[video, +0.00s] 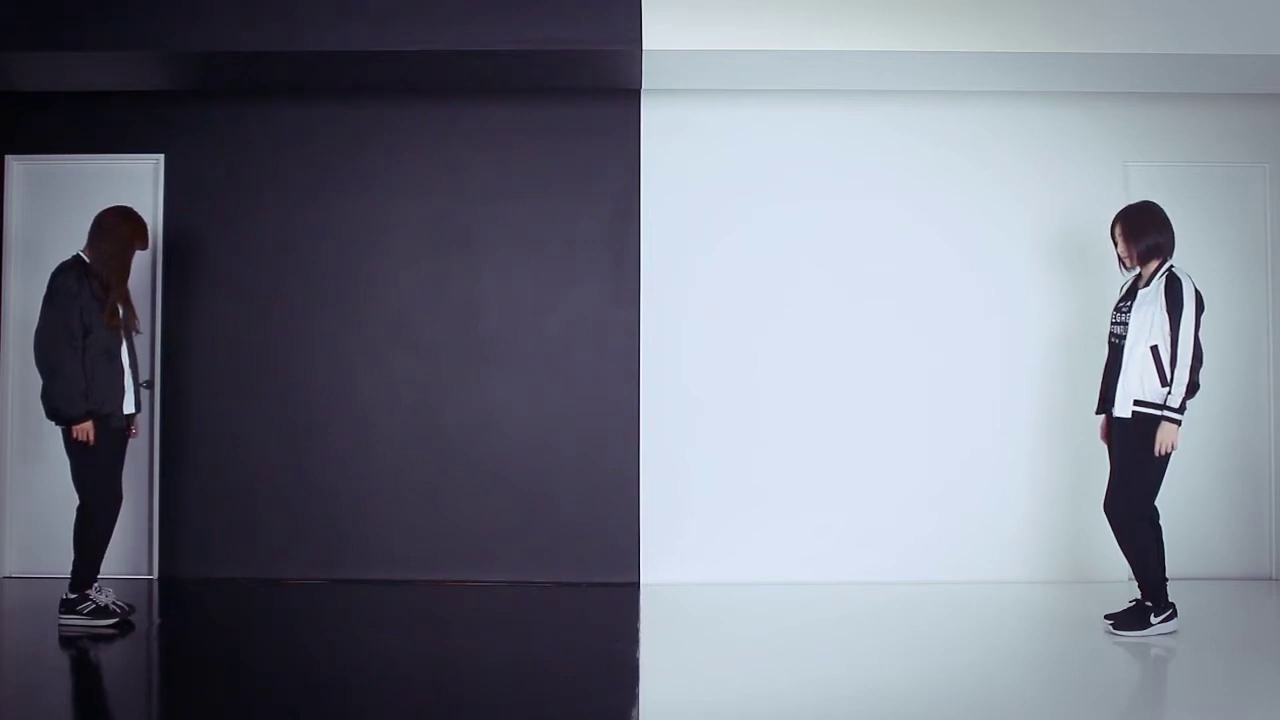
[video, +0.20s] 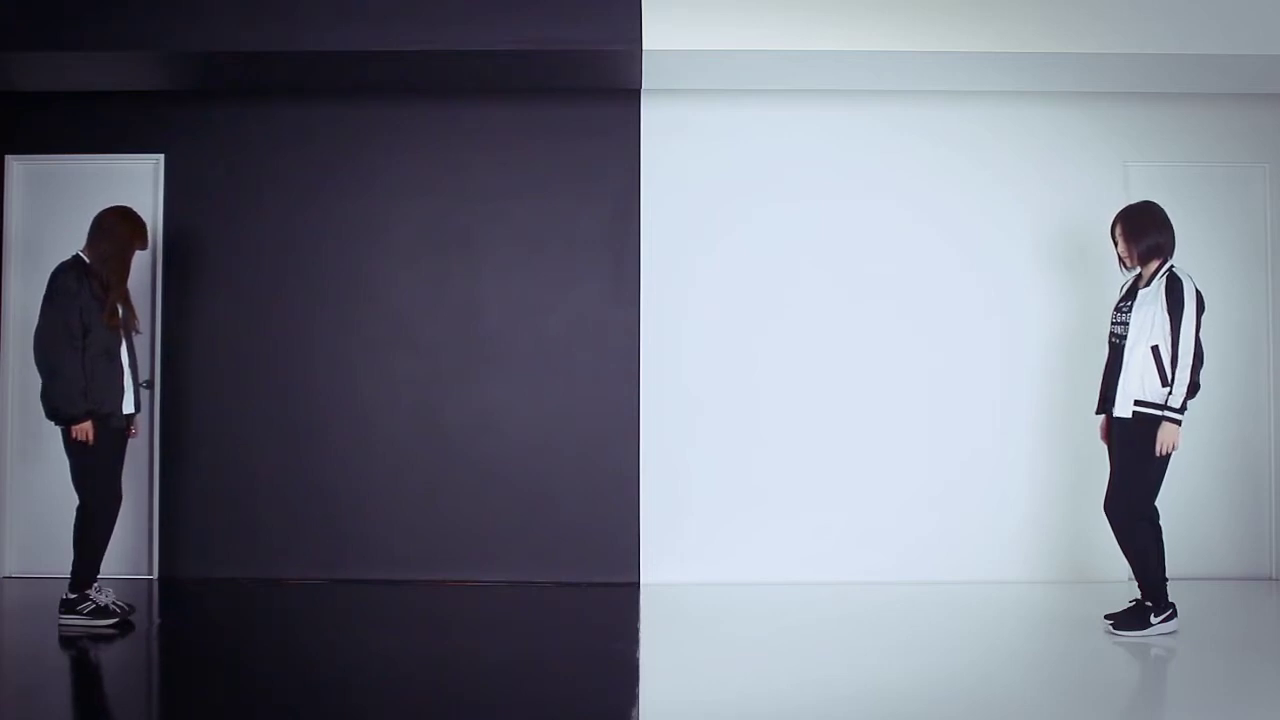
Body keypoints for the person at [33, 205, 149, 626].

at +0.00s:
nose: (132, 259)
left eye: (135, 251)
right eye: (130, 250)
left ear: (108, 240)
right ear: (113, 244)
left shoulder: (109, 283)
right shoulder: (71, 278)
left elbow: (119, 354)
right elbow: (56, 349)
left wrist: (130, 410)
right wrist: (76, 412)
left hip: (112, 415)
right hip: (86, 416)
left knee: (108, 499)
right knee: (98, 501)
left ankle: (86, 590)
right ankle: (77, 597)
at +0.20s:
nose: (132, 259)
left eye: (135, 251)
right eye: (130, 250)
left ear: (107, 240)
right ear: (113, 244)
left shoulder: (109, 283)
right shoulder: (70, 278)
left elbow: (118, 353)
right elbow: (55, 349)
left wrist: (130, 410)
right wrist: (75, 412)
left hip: (112, 415)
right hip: (86, 416)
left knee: (107, 499)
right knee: (98, 501)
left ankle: (86, 590)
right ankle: (77, 597)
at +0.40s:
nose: (132, 259)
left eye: (135, 251)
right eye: (130, 250)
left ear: (107, 240)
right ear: (113, 244)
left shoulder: (109, 283)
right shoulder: (70, 278)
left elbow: (118, 354)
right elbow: (55, 350)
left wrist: (130, 410)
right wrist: (75, 412)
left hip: (112, 415)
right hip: (86, 416)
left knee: (107, 501)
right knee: (97, 502)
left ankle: (86, 590)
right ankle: (77, 597)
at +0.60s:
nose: (133, 259)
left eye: (136, 251)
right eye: (131, 250)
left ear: (108, 240)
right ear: (114, 244)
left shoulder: (109, 283)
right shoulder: (71, 278)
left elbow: (118, 354)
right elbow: (55, 349)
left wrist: (129, 410)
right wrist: (76, 412)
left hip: (111, 415)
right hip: (87, 417)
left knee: (106, 501)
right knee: (98, 502)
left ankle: (86, 590)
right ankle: (77, 597)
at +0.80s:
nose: (134, 258)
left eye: (137, 250)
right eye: (133, 249)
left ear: (110, 240)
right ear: (116, 243)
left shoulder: (112, 283)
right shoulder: (73, 279)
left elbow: (121, 353)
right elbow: (57, 349)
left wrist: (132, 409)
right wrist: (76, 411)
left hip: (113, 415)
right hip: (87, 416)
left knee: (107, 500)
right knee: (98, 501)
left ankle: (86, 590)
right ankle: (78, 597)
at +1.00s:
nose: (138, 257)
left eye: (141, 249)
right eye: (137, 247)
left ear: (113, 238)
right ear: (121, 241)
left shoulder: (116, 283)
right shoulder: (78, 279)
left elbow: (122, 355)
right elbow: (60, 349)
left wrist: (132, 412)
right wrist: (79, 411)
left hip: (115, 415)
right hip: (89, 417)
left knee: (109, 499)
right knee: (100, 500)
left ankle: (86, 589)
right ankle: (78, 596)